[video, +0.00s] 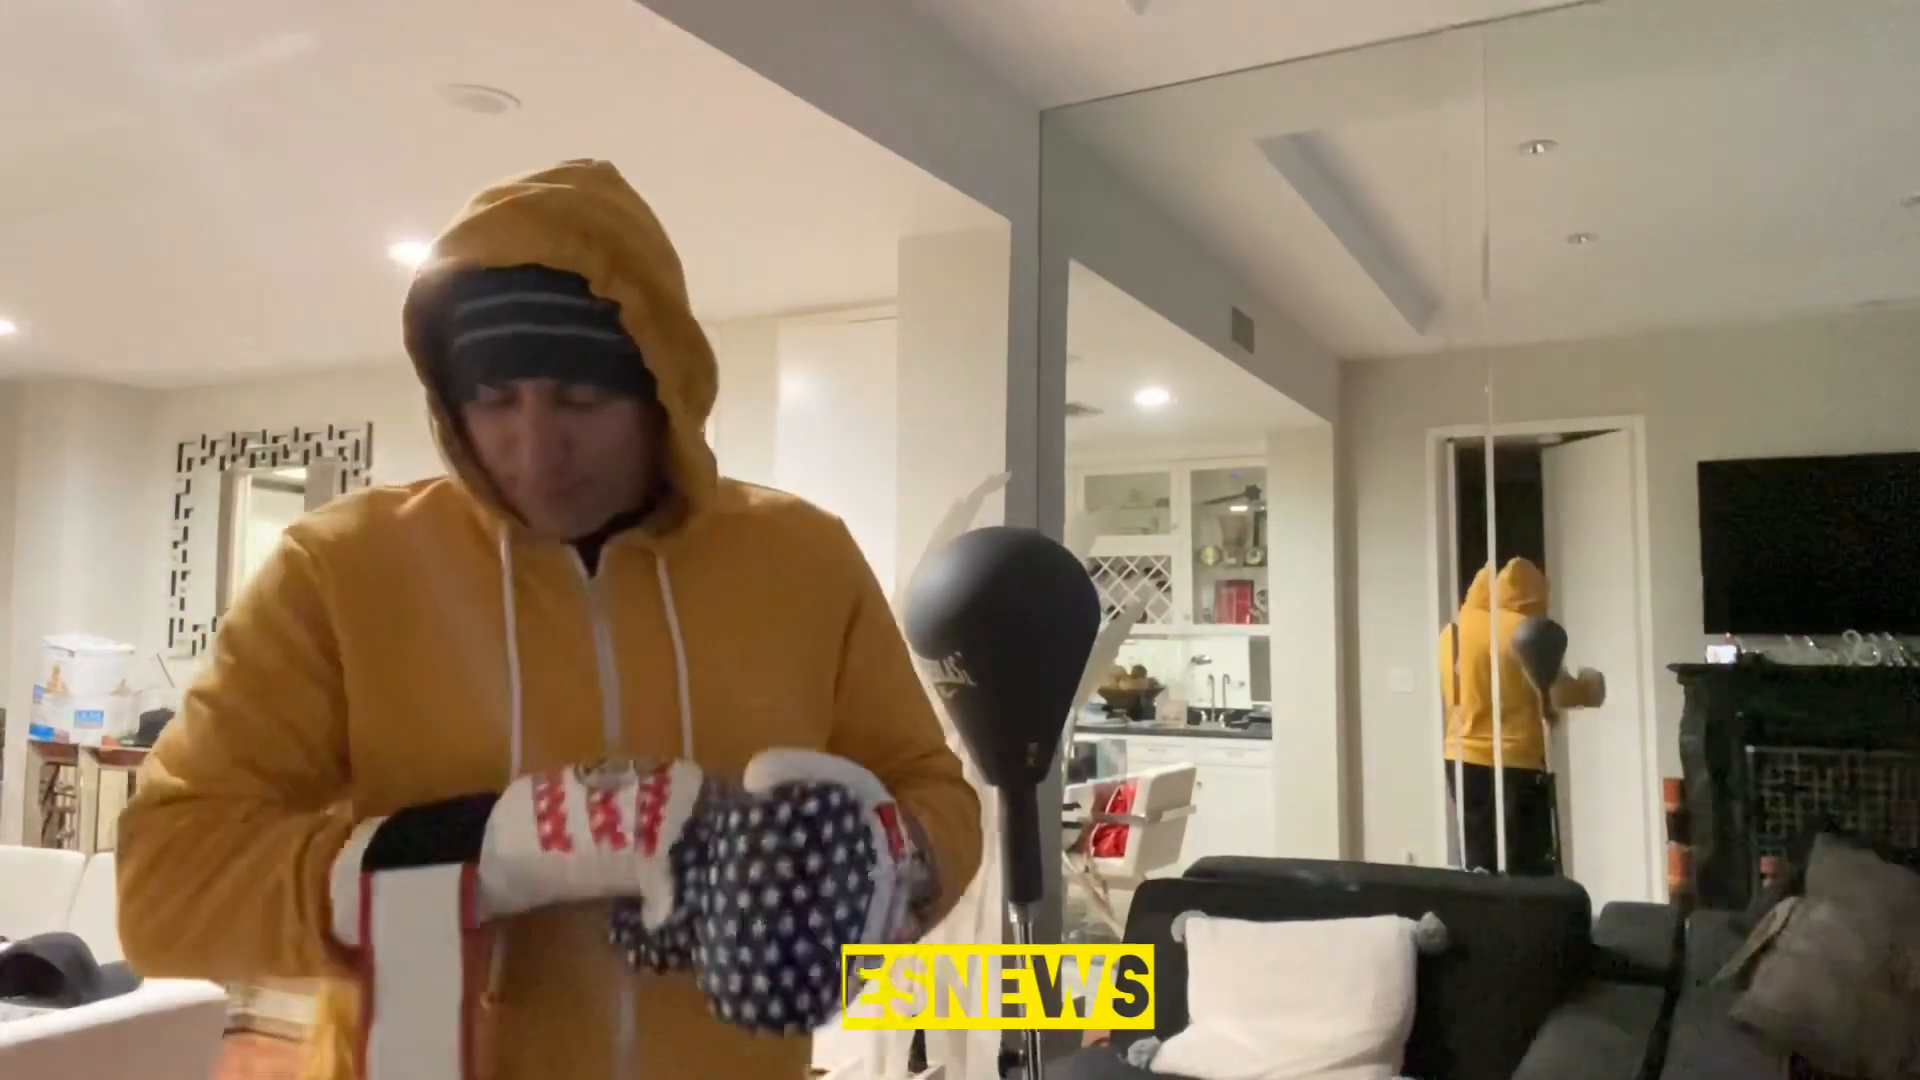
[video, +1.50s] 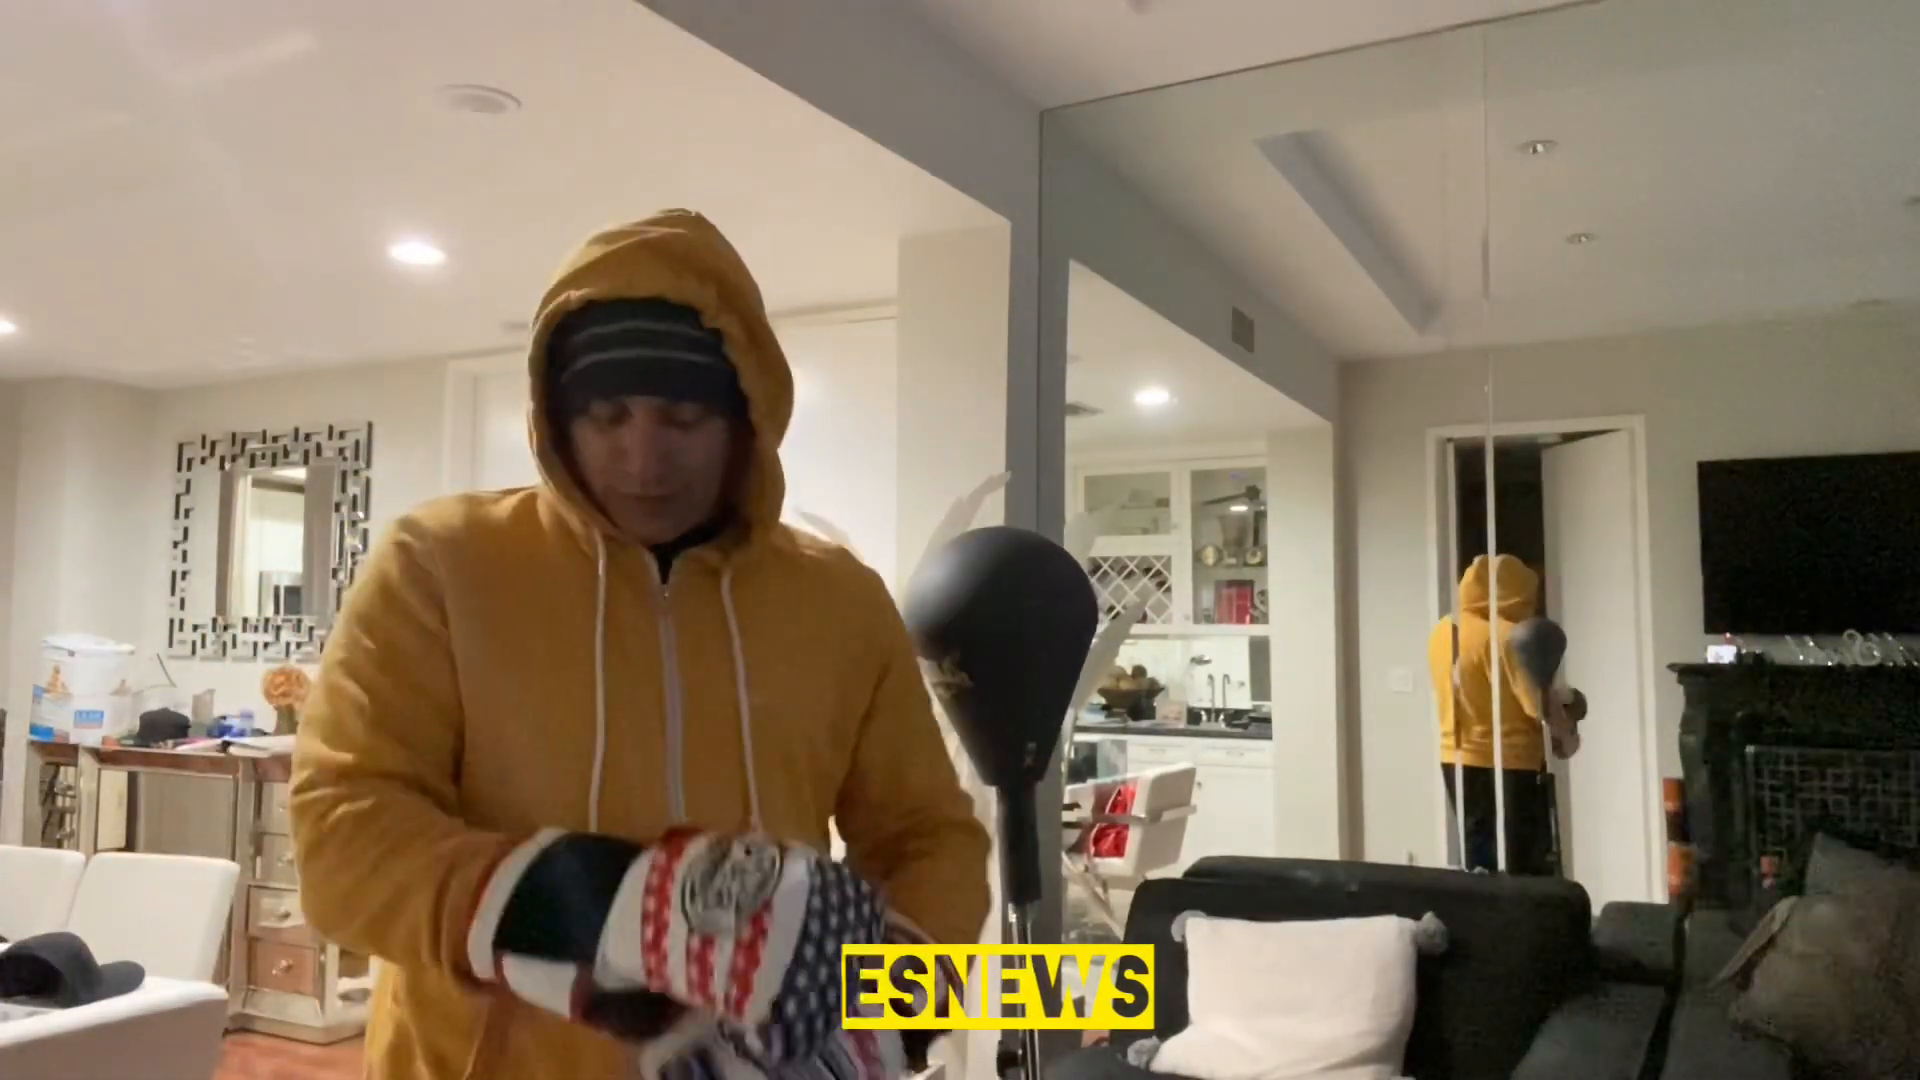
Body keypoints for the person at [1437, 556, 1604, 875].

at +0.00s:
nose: (1543, 605)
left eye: (1543, 598)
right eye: (1541, 597)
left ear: (1484, 589)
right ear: (1531, 594)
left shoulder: (1453, 633)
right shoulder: (1526, 631)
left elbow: (1452, 697)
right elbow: (1560, 692)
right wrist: (1590, 689)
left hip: (1465, 767)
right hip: (1519, 769)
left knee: (1478, 867)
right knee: (1529, 870)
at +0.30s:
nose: (1543, 604)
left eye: (1543, 597)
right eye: (1540, 596)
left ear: (1483, 587)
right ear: (1530, 593)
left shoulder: (1454, 631)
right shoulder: (1526, 632)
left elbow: (1451, 693)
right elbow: (1557, 692)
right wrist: (1582, 671)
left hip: (1466, 762)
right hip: (1519, 765)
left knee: (1478, 855)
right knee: (1528, 859)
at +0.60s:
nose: (1539, 597)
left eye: (1538, 589)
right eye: (1535, 588)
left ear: (1479, 584)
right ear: (1523, 588)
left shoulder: (1453, 631)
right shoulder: (1521, 632)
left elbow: (1456, 692)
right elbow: (1554, 692)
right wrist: (1582, 678)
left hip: (1465, 763)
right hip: (1517, 767)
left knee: (1478, 858)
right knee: (1527, 861)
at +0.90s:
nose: (1529, 592)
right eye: (1525, 585)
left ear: (1466, 587)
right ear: (1515, 587)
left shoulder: (1449, 633)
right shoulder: (1521, 634)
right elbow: (1597, 692)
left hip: (1461, 764)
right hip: (1516, 767)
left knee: (1477, 863)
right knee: (1529, 868)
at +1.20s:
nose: (1528, 595)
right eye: (1524, 587)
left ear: (1467, 588)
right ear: (1515, 589)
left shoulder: (1444, 633)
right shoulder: (1523, 636)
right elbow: (1578, 690)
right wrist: (1542, 695)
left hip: (1460, 762)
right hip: (1519, 765)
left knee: (1476, 855)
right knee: (1528, 857)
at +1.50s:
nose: (1528, 600)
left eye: (1528, 593)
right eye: (1525, 592)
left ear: (1471, 588)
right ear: (1514, 592)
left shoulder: (1442, 632)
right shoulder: (1509, 636)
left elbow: (1451, 695)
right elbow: (1538, 704)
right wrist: (1565, 725)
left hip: (1459, 766)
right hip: (1513, 768)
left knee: (1478, 857)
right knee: (1526, 860)